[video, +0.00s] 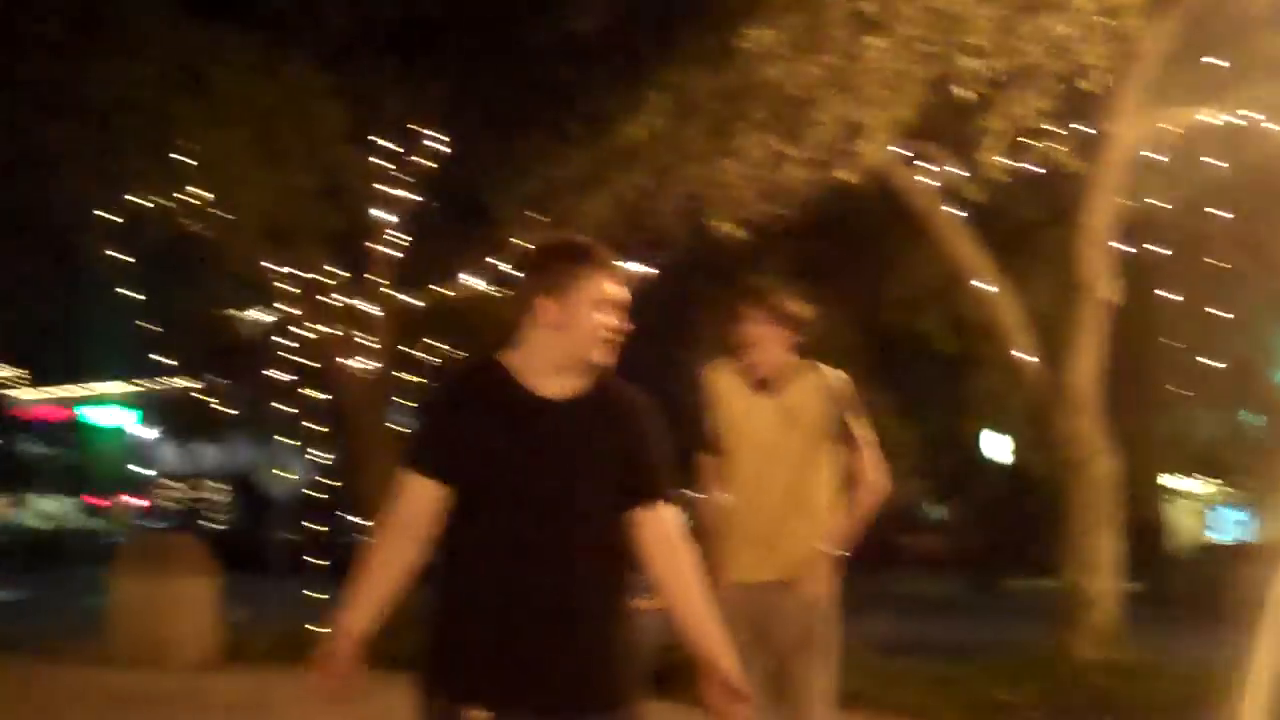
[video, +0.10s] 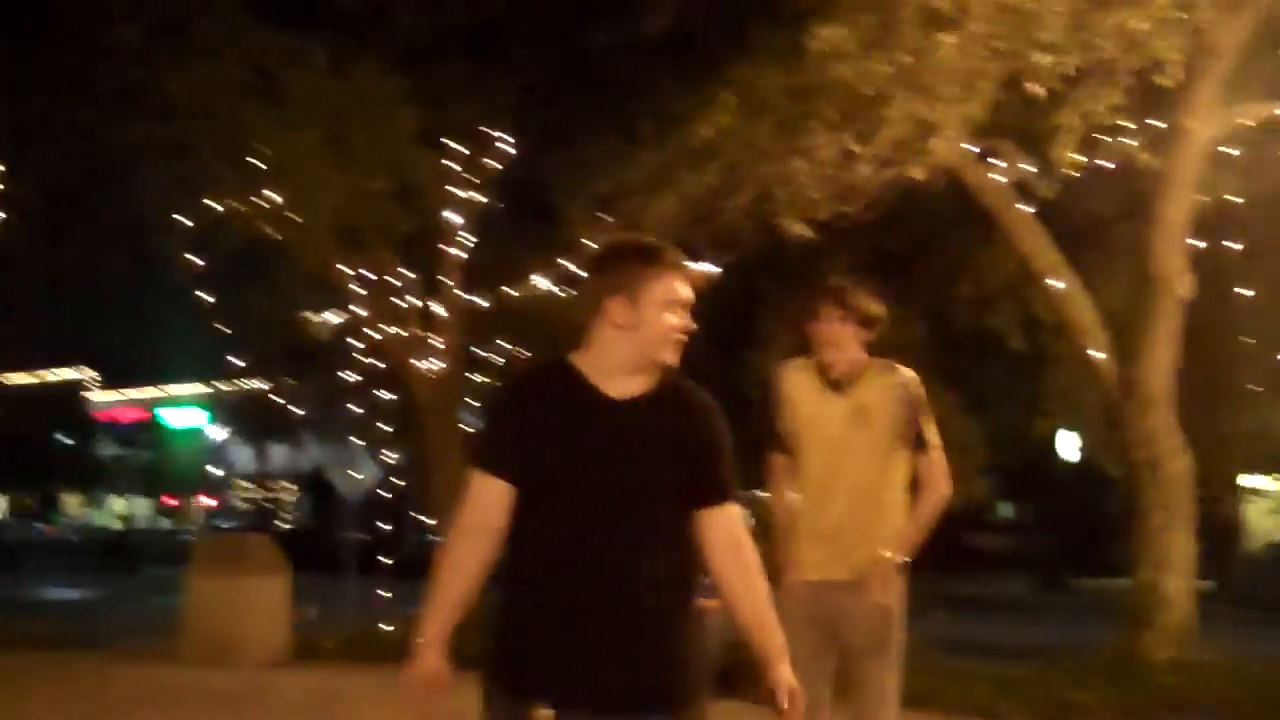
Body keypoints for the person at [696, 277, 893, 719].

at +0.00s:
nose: (747, 356)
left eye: (756, 344)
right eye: (741, 345)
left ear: (789, 336)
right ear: (734, 341)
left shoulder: (830, 386)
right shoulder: (717, 383)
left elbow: (875, 479)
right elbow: (708, 475)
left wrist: (832, 548)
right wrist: (714, 554)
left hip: (807, 579)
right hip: (733, 579)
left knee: (811, 706)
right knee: (737, 704)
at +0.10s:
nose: (828, 353)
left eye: (838, 341)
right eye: (822, 341)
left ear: (865, 335)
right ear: (811, 335)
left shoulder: (900, 385)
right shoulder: (790, 381)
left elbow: (938, 484)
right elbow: (781, 472)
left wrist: (895, 556)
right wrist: (789, 560)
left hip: (874, 585)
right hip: (804, 583)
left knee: (875, 710)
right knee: (804, 710)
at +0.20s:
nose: (851, 328)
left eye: (865, 318)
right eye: (848, 317)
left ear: (895, 328)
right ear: (841, 323)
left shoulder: (925, 382)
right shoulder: (819, 377)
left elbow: (953, 487)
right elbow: (806, 475)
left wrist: (915, 565)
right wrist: (810, 565)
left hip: (896, 585)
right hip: (826, 581)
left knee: (893, 712)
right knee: (816, 711)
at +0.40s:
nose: (842, 333)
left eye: (856, 323)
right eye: (840, 322)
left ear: (888, 335)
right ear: (833, 327)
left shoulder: (919, 388)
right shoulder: (813, 382)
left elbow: (948, 490)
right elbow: (802, 462)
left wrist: (903, 563)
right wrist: (789, 534)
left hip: (880, 583)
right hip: (810, 577)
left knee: (875, 709)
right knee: (801, 706)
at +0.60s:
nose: (821, 330)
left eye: (835, 321)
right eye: (818, 319)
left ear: (866, 332)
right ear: (812, 324)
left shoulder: (902, 388)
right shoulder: (800, 380)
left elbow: (954, 476)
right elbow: (796, 454)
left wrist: (899, 540)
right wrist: (772, 521)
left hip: (866, 581)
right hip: (796, 575)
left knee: (862, 712)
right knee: (774, 708)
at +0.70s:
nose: (814, 330)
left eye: (827, 320)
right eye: (811, 320)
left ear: (859, 331)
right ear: (805, 327)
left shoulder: (896, 388)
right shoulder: (795, 382)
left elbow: (949, 476)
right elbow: (789, 457)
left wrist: (896, 545)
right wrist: (775, 529)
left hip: (862, 581)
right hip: (793, 576)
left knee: (859, 711)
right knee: (772, 707)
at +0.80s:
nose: (806, 332)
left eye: (819, 322)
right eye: (803, 322)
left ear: (849, 331)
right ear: (797, 328)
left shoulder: (888, 389)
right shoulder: (786, 384)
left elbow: (936, 480)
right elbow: (783, 462)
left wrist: (884, 550)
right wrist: (772, 539)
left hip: (856, 584)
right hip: (788, 580)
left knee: (857, 711)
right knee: (772, 708)